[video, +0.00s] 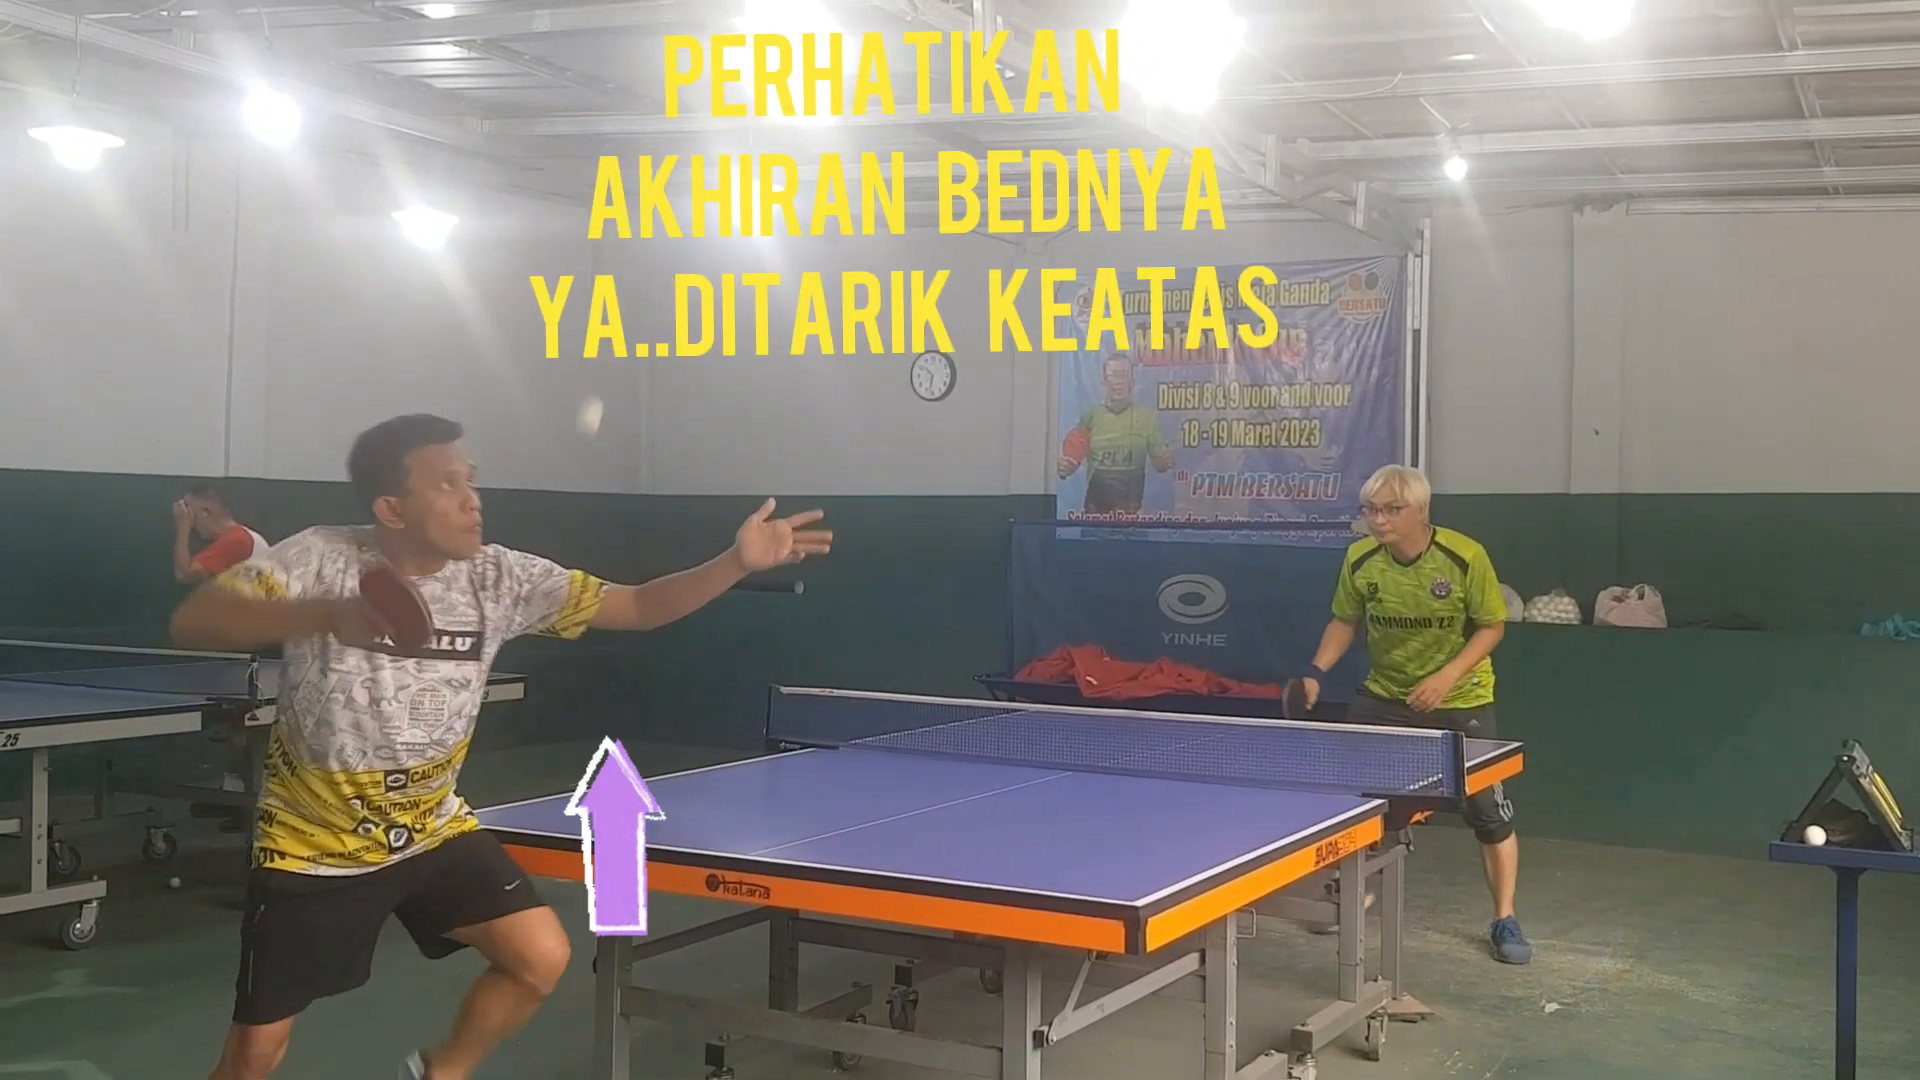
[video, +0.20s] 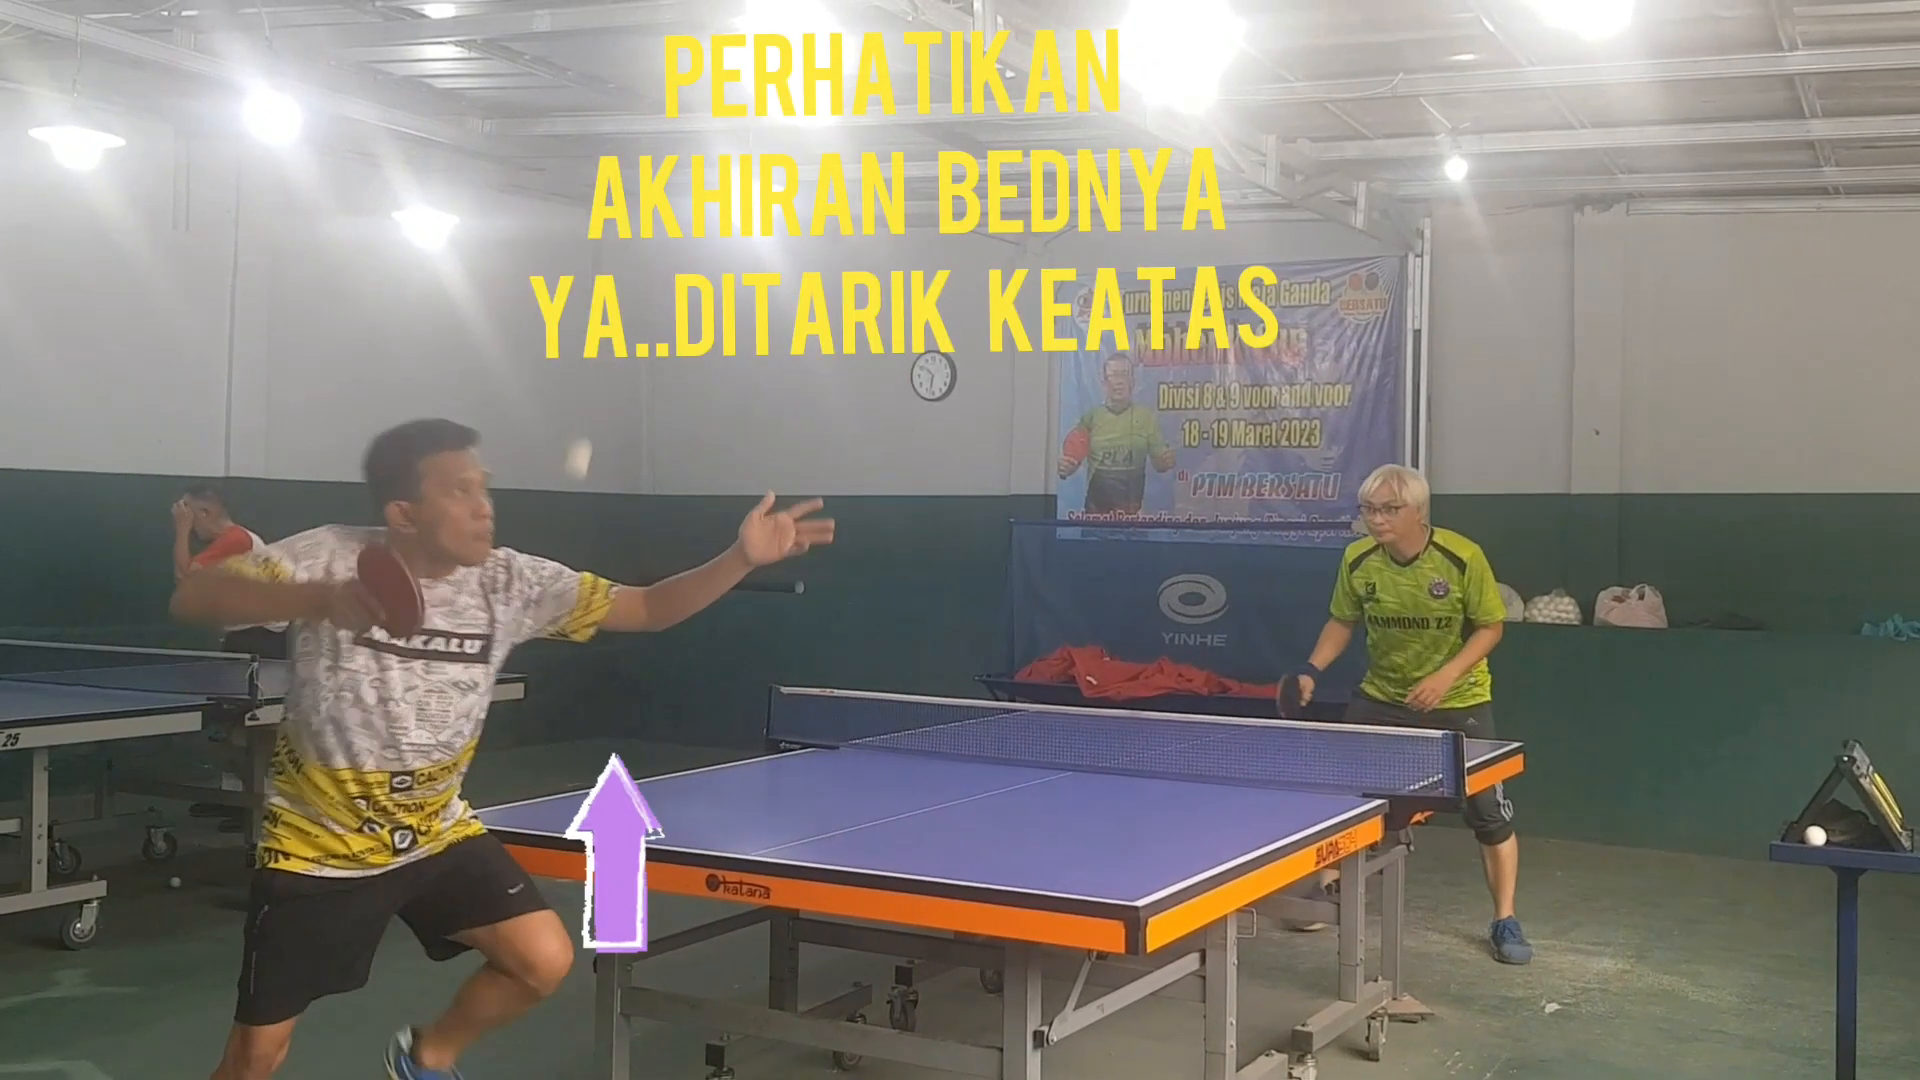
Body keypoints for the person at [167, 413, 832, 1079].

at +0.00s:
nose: (474, 498)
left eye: (470, 481)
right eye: (453, 485)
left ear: (464, 497)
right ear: (391, 509)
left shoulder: (498, 577)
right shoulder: (314, 563)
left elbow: (633, 606)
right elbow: (190, 624)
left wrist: (737, 562)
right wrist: (327, 615)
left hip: (431, 825)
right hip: (311, 840)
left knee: (540, 959)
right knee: (256, 1047)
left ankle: (443, 1071)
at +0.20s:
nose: (487, 507)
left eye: (485, 489)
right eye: (467, 493)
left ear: (483, 501)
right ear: (403, 514)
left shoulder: (510, 581)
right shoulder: (327, 560)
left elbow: (642, 608)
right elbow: (192, 597)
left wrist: (742, 557)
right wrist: (320, 601)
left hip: (434, 828)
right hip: (316, 843)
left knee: (542, 962)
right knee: (257, 1051)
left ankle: (426, 1057)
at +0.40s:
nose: (503, 519)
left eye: (502, 501)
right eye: (483, 503)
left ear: (499, 510)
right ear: (419, 518)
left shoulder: (523, 586)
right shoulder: (348, 558)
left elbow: (658, 608)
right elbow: (196, 574)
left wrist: (746, 550)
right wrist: (329, 588)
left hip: (439, 831)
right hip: (321, 842)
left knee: (544, 965)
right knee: (259, 1050)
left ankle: (421, 1047)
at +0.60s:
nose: (538, 535)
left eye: (542, 516)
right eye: (519, 516)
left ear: (545, 522)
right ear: (458, 525)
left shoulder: (552, 596)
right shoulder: (390, 558)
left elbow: (682, 608)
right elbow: (245, 552)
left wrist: (737, 534)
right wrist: (370, 611)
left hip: (453, 838)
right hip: (337, 843)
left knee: (558, 979)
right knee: (264, 1049)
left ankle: (448, 1069)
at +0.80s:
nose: (564, 548)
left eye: (568, 529)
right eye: (547, 529)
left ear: (565, 530)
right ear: (487, 531)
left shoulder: (565, 601)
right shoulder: (411, 558)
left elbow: (689, 612)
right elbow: (290, 565)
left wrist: (719, 531)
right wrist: (411, 652)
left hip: (460, 844)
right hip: (346, 846)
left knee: (565, 996)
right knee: (267, 1054)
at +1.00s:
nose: (592, 563)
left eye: (596, 547)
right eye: (579, 545)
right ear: (518, 543)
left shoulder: (578, 612)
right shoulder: (442, 563)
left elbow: (685, 623)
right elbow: (325, 580)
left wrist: (698, 527)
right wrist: (444, 671)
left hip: (471, 855)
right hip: (358, 854)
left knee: (569, 1020)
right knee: (275, 1057)